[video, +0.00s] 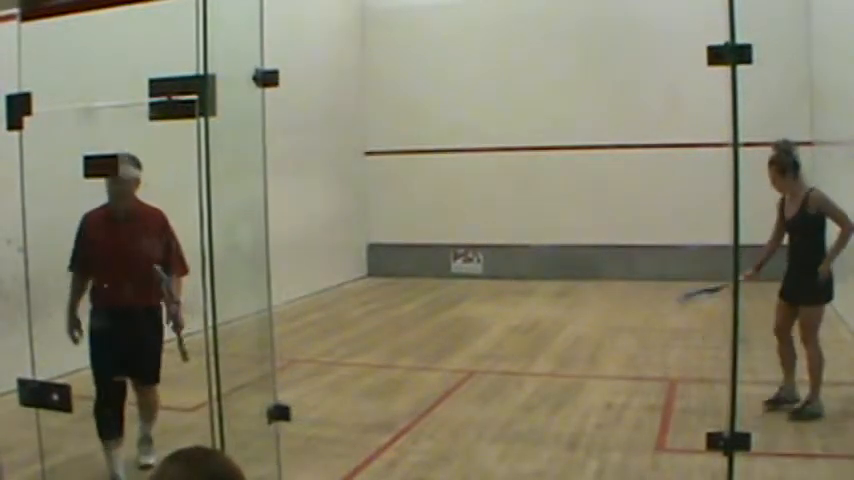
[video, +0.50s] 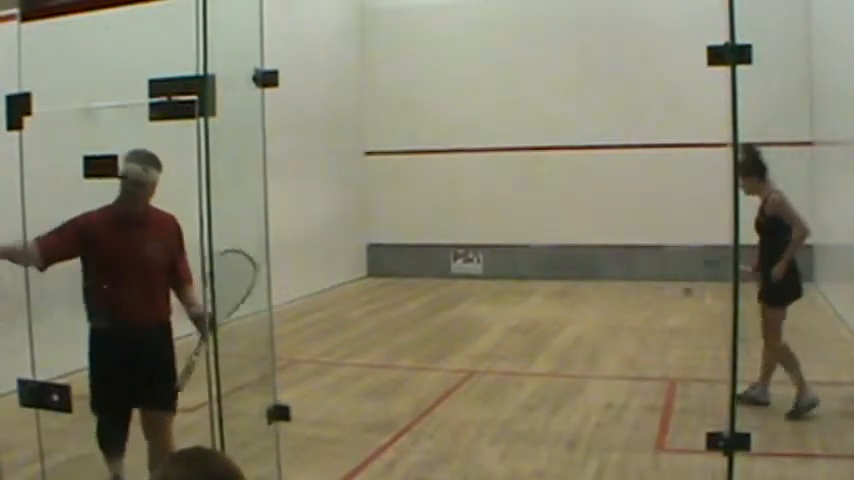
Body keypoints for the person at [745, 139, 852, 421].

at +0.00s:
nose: (771, 181)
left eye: (773, 175)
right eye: (770, 175)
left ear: (786, 174)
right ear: (783, 175)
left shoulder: (815, 198)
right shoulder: (784, 203)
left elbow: (846, 226)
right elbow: (776, 239)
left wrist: (828, 261)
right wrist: (757, 267)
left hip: (815, 275)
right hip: (794, 274)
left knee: (808, 336)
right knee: (781, 330)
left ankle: (814, 398)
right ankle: (788, 388)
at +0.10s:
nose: (766, 183)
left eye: (767, 178)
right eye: (765, 178)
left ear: (781, 175)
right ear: (779, 175)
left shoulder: (809, 200)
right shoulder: (782, 203)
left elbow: (841, 226)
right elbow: (782, 240)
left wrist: (824, 258)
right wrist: (763, 264)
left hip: (814, 276)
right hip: (792, 275)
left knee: (806, 335)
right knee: (781, 331)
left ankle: (814, 399)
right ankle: (773, 389)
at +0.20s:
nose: (759, 184)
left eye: (761, 178)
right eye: (758, 179)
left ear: (774, 176)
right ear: (774, 176)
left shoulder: (801, 199)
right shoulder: (779, 203)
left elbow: (833, 228)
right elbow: (786, 241)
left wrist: (816, 260)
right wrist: (767, 265)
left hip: (808, 275)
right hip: (789, 275)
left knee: (803, 336)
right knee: (779, 332)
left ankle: (814, 398)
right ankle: (764, 386)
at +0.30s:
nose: (753, 184)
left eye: (754, 178)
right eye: (752, 178)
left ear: (766, 176)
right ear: (769, 175)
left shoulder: (792, 200)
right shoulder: (777, 201)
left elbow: (823, 230)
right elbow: (782, 243)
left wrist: (805, 263)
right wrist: (765, 270)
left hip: (799, 279)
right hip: (782, 278)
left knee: (801, 339)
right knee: (776, 334)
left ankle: (812, 398)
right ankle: (764, 387)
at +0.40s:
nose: (747, 186)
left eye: (749, 181)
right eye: (746, 182)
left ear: (761, 177)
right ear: (761, 177)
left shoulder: (783, 200)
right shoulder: (771, 202)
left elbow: (811, 229)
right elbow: (777, 241)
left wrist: (793, 262)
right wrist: (762, 264)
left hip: (789, 281)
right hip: (774, 280)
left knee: (789, 339)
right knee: (773, 337)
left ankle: (810, 398)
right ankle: (761, 388)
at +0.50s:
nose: (742, 184)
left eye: (744, 179)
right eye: (741, 180)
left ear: (756, 176)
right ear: (755, 178)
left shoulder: (776, 199)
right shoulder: (765, 202)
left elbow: (801, 231)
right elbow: (771, 238)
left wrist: (783, 264)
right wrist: (759, 263)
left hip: (779, 278)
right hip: (769, 275)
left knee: (774, 340)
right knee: (769, 338)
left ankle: (805, 393)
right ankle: (761, 388)